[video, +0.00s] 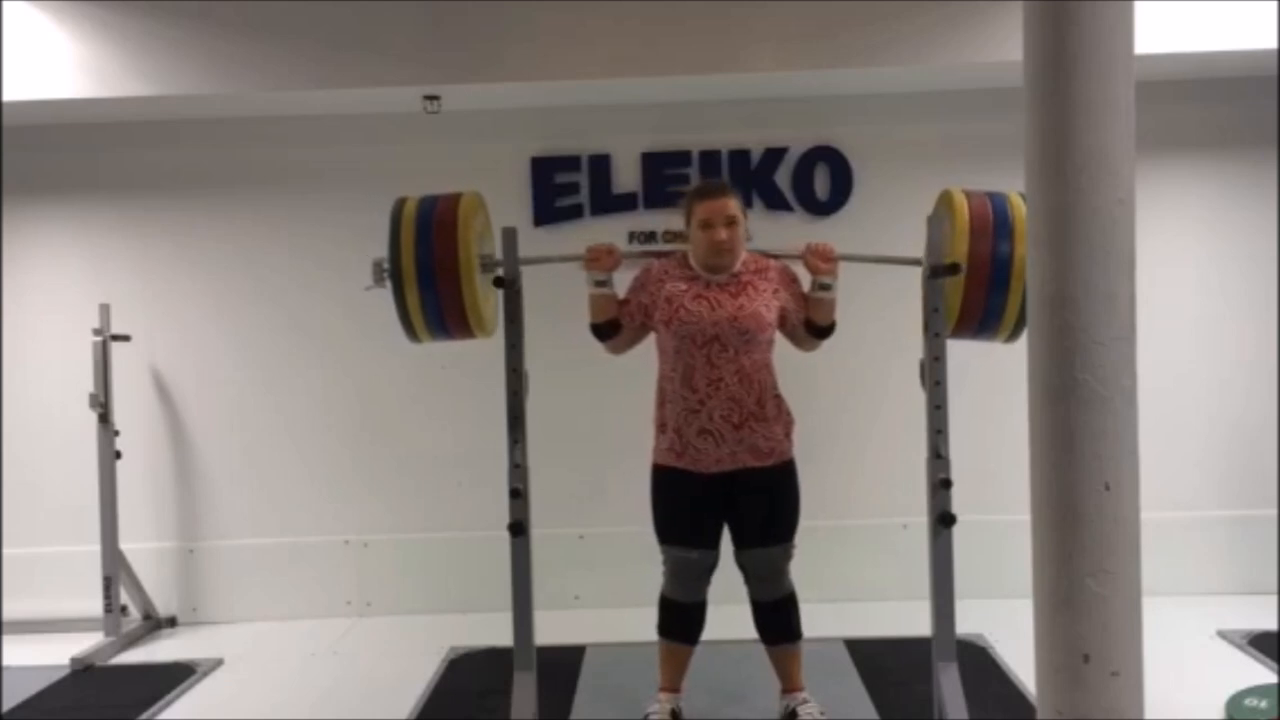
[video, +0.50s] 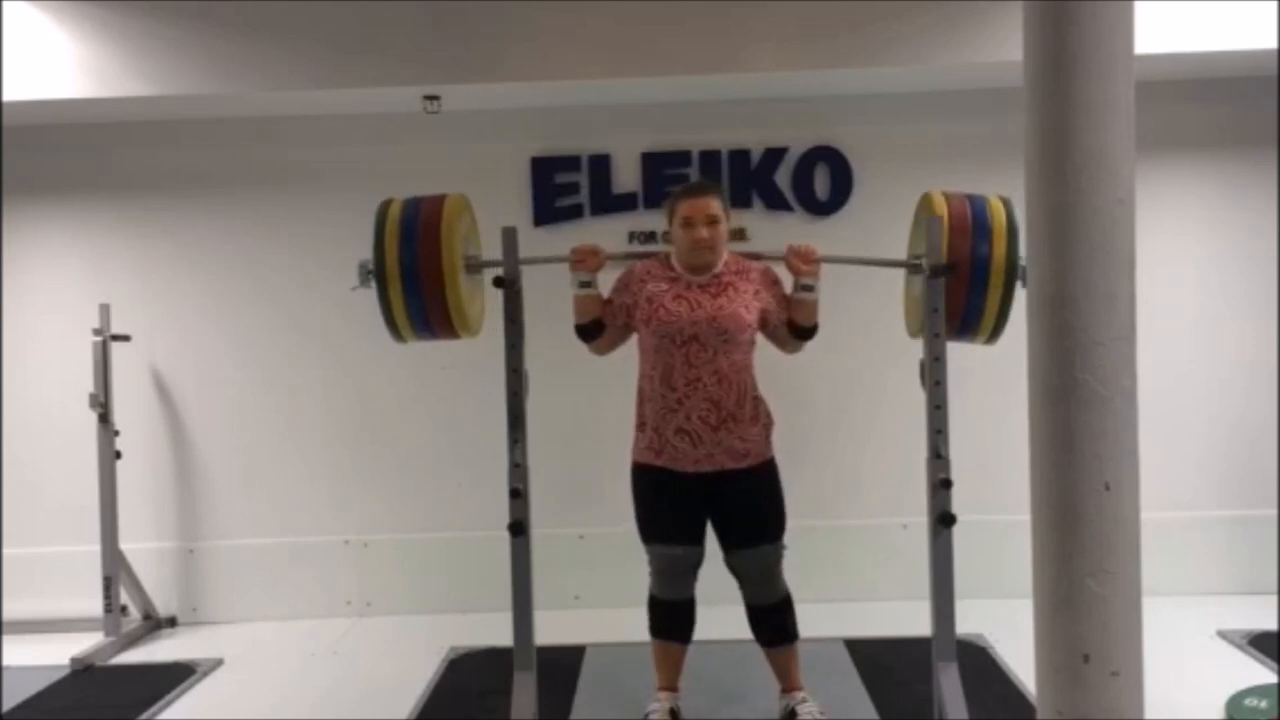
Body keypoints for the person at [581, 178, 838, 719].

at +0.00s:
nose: (721, 234)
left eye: (730, 223)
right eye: (708, 225)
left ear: (745, 227)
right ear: (687, 232)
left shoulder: (770, 275)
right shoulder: (660, 279)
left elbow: (810, 338)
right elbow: (614, 339)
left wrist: (823, 283)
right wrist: (600, 281)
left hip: (762, 457)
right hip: (685, 460)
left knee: (770, 580)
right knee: (684, 581)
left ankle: (795, 696)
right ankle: (667, 699)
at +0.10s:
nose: (721, 233)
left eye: (730, 221)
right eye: (708, 223)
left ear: (745, 227)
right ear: (688, 231)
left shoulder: (770, 276)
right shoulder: (660, 278)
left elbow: (811, 338)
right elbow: (614, 339)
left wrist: (823, 283)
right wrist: (600, 281)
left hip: (762, 457)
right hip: (686, 459)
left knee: (770, 579)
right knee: (684, 581)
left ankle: (795, 696)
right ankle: (668, 699)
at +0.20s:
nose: (718, 232)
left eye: (728, 220)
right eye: (706, 222)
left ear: (743, 226)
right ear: (686, 230)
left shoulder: (768, 276)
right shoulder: (658, 278)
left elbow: (808, 338)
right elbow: (613, 339)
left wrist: (821, 282)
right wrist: (598, 281)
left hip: (759, 457)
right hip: (683, 459)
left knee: (769, 579)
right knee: (683, 580)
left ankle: (795, 696)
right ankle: (668, 699)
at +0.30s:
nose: (715, 231)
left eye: (724, 221)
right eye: (702, 222)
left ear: (740, 227)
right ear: (682, 230)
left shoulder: (764, 276)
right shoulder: (654, 278)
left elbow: (804, 338)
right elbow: (610, 340)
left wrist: (817, 282)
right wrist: (595, 282)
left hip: (753, 458)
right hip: (677, 460)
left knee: (765, 579)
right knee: (679, 581)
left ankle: (795, 696)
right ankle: (667, 699)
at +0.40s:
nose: (708, 232)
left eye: (717, 221)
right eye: (695, 223)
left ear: (734, 227)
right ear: (676, 230)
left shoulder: (758, 277)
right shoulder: (648, 279)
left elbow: (797, 339)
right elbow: (604, 340)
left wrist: (811, 284)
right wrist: (590, 281)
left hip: (746, 459)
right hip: (670, 461)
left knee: (762, 579)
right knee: (674, 581)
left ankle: (794, 696)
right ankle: (666, 698)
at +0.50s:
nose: (702, 232)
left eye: (711, 222)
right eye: (689, 223)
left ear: (727, 228)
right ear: (671, 230)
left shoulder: (753, 278)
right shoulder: (642, 280)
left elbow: (793, 340)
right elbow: (599, 341)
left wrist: (805, 284)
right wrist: (585, 281)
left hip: (742, 459)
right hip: (665, 461)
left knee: (763, 580)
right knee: (670, 582)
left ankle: (795, 696)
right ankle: (665, 698)